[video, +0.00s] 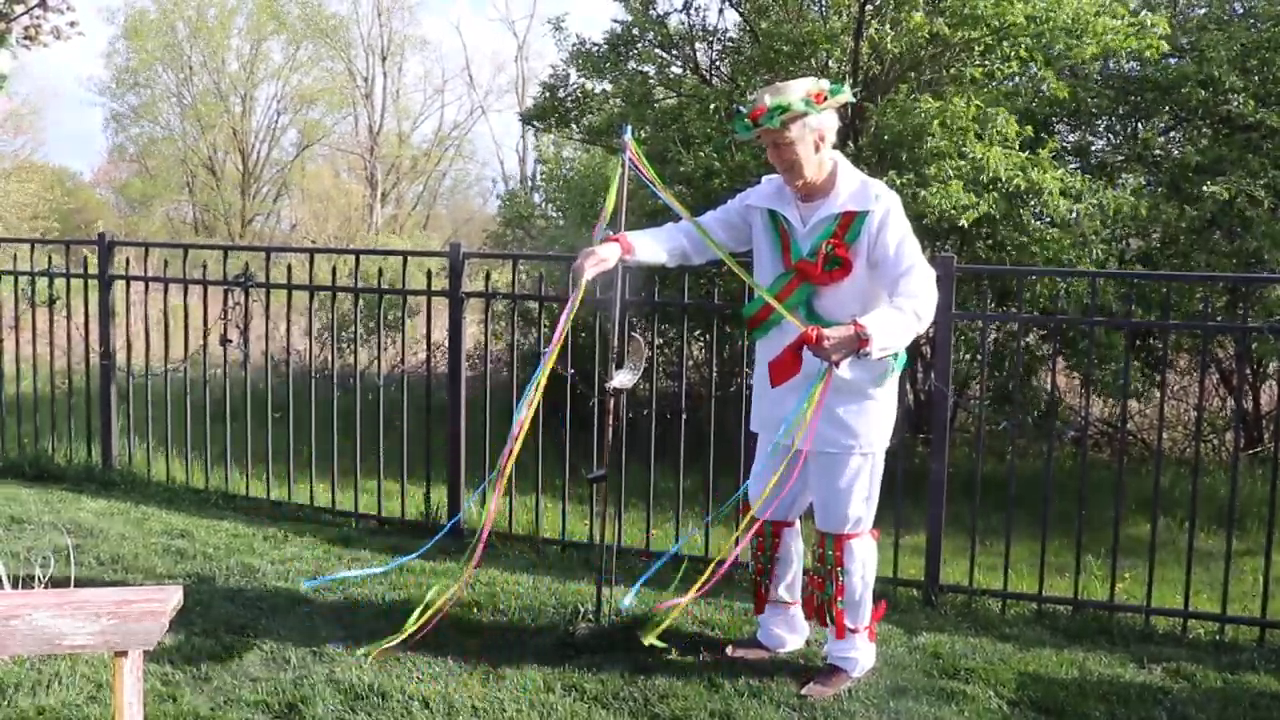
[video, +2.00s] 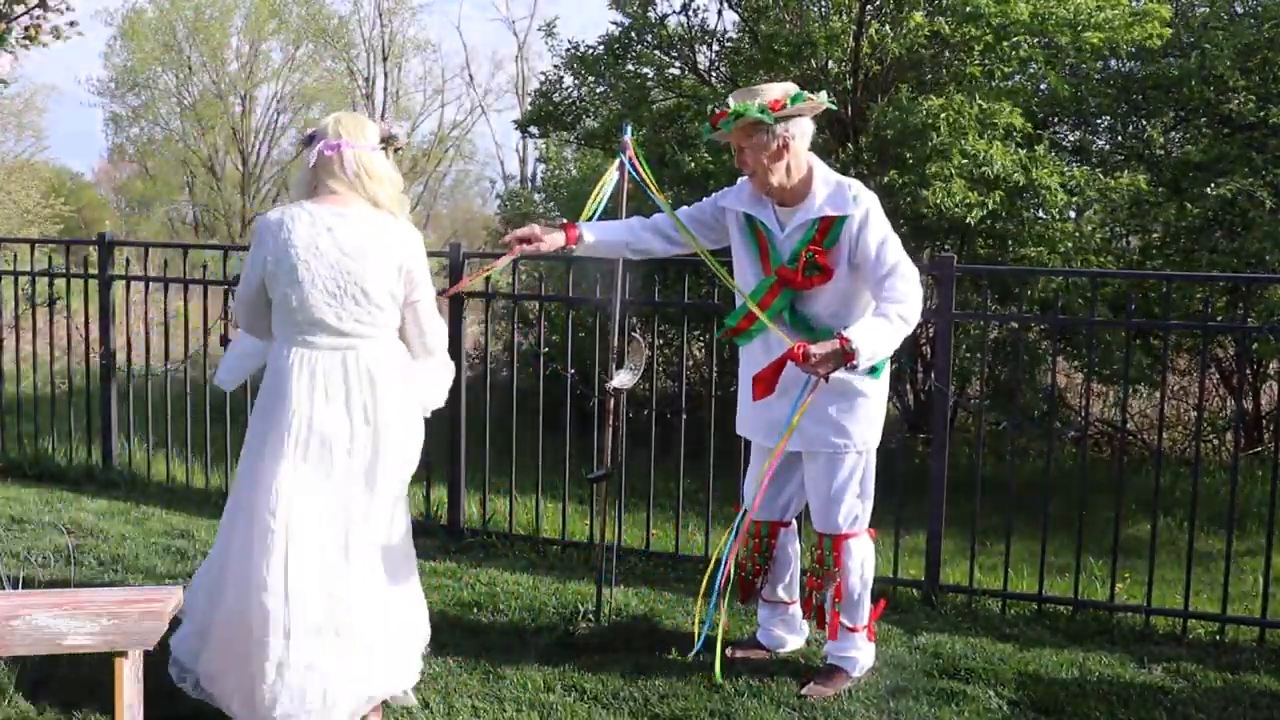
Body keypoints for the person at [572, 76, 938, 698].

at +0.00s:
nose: (773, 156)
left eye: (784, 143)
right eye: (767, 145)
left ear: (823, 136)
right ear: (765, 146)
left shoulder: (875, 205)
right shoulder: (761, 203)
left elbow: (918, 292)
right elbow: (691, 236)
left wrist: (863, 332)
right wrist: (619, 247)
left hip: (855, 384)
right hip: (779, 376)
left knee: (844, 520)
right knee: (773, 507)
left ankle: (849, 655)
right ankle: (779, 634)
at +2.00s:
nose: (741, 162)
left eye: (750, 147)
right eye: (737, 149)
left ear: (789, 144)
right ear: (743, 150)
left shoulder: (853, 205)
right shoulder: (736, 205)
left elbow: (902, 297)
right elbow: (653, 232)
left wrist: (851, 347)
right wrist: (565, 236)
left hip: (846, 385)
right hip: (773, 380)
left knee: (841, 520)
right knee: (767, 511)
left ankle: (850, 655)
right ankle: (779, 634)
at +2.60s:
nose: (719, 167)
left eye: (724, 153)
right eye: (716, 155)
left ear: (764, 144)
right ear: (752, 148)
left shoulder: (835, 206)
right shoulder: (747, 216)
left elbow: (882, 304)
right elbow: (696, 286)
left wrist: (818, 358)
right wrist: (617, 311)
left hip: (843, 379)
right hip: (777, 376)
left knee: (811, 513)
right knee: (767, 506)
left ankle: (874, 666)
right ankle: (801, 642)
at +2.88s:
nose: (744, 165)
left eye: (747, 149)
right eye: (741, 152)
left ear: (786, 145)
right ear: (786, 147)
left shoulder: (858, 211)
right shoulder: (784, 222)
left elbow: (882, 324)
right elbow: (770, 311)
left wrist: (798, 364)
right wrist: (708, 364)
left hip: (865, 397)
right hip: (811, 395)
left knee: (850, 543)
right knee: (787, 518)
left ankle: (880, 695)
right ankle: (801, 636)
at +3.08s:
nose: (773, 158)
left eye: (776, 142)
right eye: (770, 144)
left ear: (815, 139)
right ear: (817, 140)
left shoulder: (877, 205)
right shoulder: (830, 213)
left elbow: (886, 325)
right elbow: (828, 319)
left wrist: (792, 355)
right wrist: (769, 352)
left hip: (893, 412)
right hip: (846, 408)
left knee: (867, 557)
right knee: (811, 518)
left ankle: (882, 703)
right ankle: (841, 642)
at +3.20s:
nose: (795, 158)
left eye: (798, 141)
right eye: (791, 143)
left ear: (837, 133)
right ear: (839, 135)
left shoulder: (895, 204)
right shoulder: (853, 209)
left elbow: (899, 324)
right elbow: (862, 322)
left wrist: (796, 346)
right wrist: (792, 352)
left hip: (904, 417)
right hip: (865, 412)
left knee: (870, 555)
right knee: (841, 528)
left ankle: (879, 702)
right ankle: (934, 651)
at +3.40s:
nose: (828, 154)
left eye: (833, 138)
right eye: (827, 141)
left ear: (873, 135)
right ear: (879, 137)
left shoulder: (924, 206)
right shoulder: (898, 209)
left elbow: (930, 320)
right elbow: (907, 328)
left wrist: (824, 335)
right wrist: (838, 354)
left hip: (928, 429)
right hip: (935, 424)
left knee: (887, 559)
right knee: (940, 554)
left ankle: (881, 703)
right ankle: (991, 694)